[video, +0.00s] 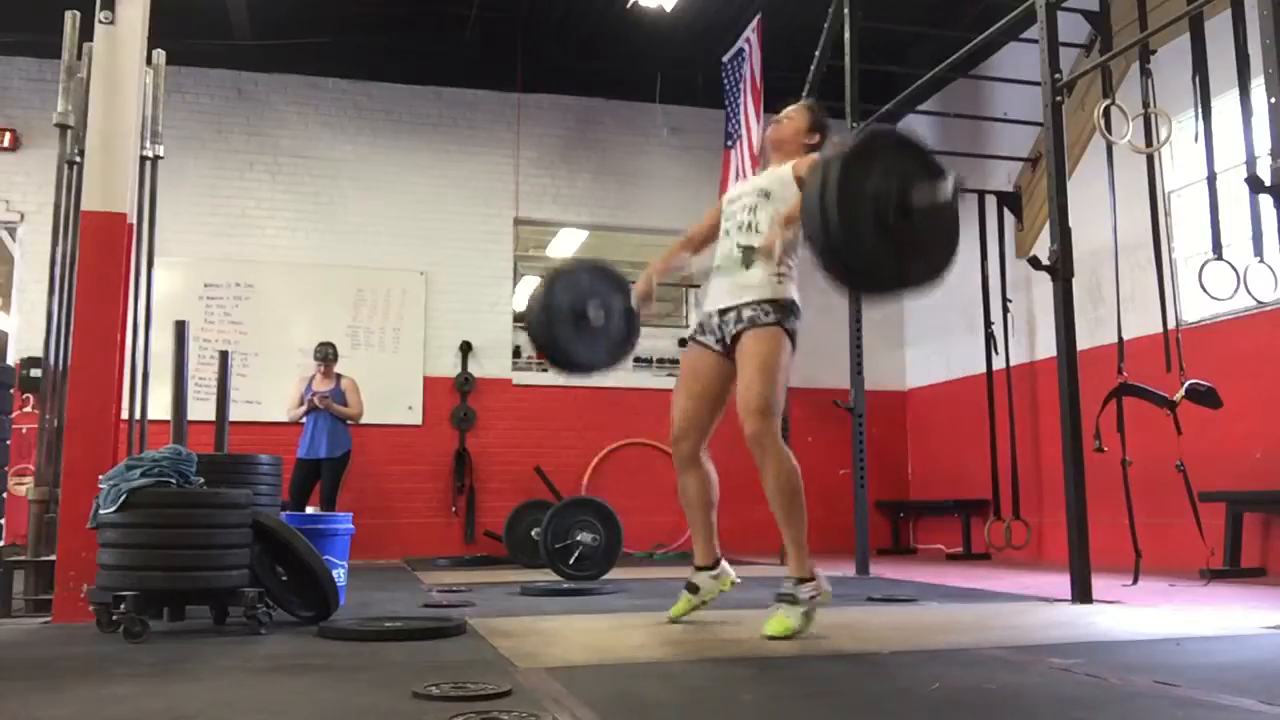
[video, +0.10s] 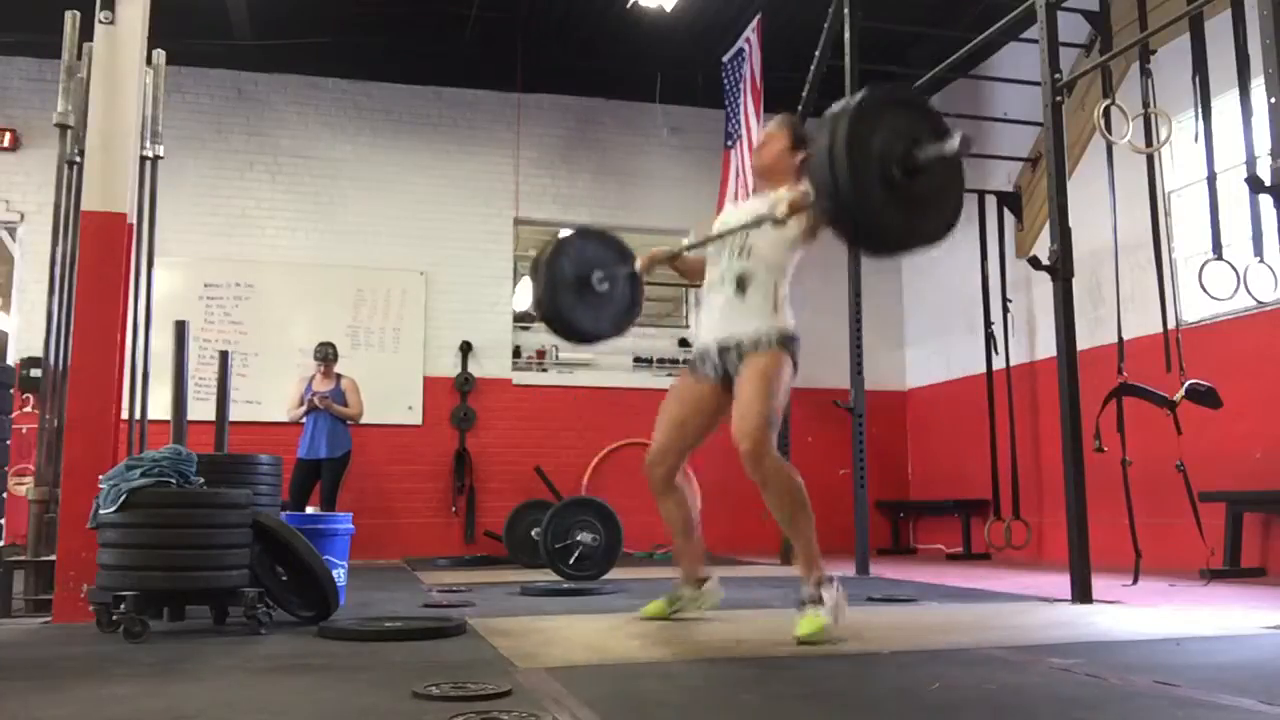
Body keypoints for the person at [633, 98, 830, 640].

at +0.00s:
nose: (774, 119)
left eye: (788, 115)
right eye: (776, 115)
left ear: (812, 137)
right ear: (769, 133)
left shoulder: (807, 165)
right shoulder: (739, 191)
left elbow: (819, 191)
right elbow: (694, 240)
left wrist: (790, 216)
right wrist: (651, 274)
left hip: (764, 307)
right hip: (713, 314)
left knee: (759, 426)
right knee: (684, 442)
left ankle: (803, 580)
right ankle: (708, 569)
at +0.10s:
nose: (757, 146)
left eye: (768, 139)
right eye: (759, 138)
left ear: (796, 155)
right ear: (759, 152)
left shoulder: (797, 201)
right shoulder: (732, 211)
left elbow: (821, 209)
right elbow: (708, 272)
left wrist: (805, 199)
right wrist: (668, 258)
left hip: (765, 342)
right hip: (712, 348)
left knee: (753, 445)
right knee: (661, 465)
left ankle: (817, 586)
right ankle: (695, 584)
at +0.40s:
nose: (720, 198)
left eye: (733, 190)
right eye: (721, 190)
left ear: (762, 206)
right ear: (724, 207)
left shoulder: (775, 262)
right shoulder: (696, 274)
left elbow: (735, 267)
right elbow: (629, 296)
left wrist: (767, 216)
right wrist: (654, 255)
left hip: (783, 400)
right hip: (727, 415)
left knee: (762, 477)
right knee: (637, 486)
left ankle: (826, 606)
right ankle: (683, 596)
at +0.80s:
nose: (723, 172)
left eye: (736, 165)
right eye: (722, 165)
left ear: (763, 182)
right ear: (722, 183)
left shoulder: (772, 232)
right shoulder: (697, 252)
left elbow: (733, 235)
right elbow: (636, 288)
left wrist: (770, 186)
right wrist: (649, 239)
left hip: (777, 377)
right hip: (725, 392)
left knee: (765, 468)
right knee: (646, 478)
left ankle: (826, 605)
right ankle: (683, 595)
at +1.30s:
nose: (730, 132)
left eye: (742, 126)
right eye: (731, 125)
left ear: (767, 149)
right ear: (728, 141)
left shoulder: (774, 196)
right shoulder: (699, 210)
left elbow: (738, 189)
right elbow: (635, 239)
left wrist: (778, 145)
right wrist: (656, 193)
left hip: (763, 345)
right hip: (711, 354)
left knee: (751, 466)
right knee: (682, 469)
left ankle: (799, 600)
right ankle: (684, 593)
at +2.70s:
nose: (744, 118)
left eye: (756, 113)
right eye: (744, 113)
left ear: (779, 134)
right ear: (740, 131)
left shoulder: (785, 183)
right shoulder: (713, 200)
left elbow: (818, 209)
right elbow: (663, 250)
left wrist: (810, 137)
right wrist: (652, 191)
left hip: (767, 333)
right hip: (714, 340)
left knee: (777, 460)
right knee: (709, 465)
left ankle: (803, 598)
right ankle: (721, 593)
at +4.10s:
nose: (732, 136)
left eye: (743, 128)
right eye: (730, 129)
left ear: (771, 138)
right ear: (730, 142)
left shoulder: (792, 187)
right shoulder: (716, 210)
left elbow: (812, 252)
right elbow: (692, 278)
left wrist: (815, 315)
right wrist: (670, 339)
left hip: (778, 339)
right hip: (723, 344)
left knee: (784, 461)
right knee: (719, 464)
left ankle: (804, 598)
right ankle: (724, 592)